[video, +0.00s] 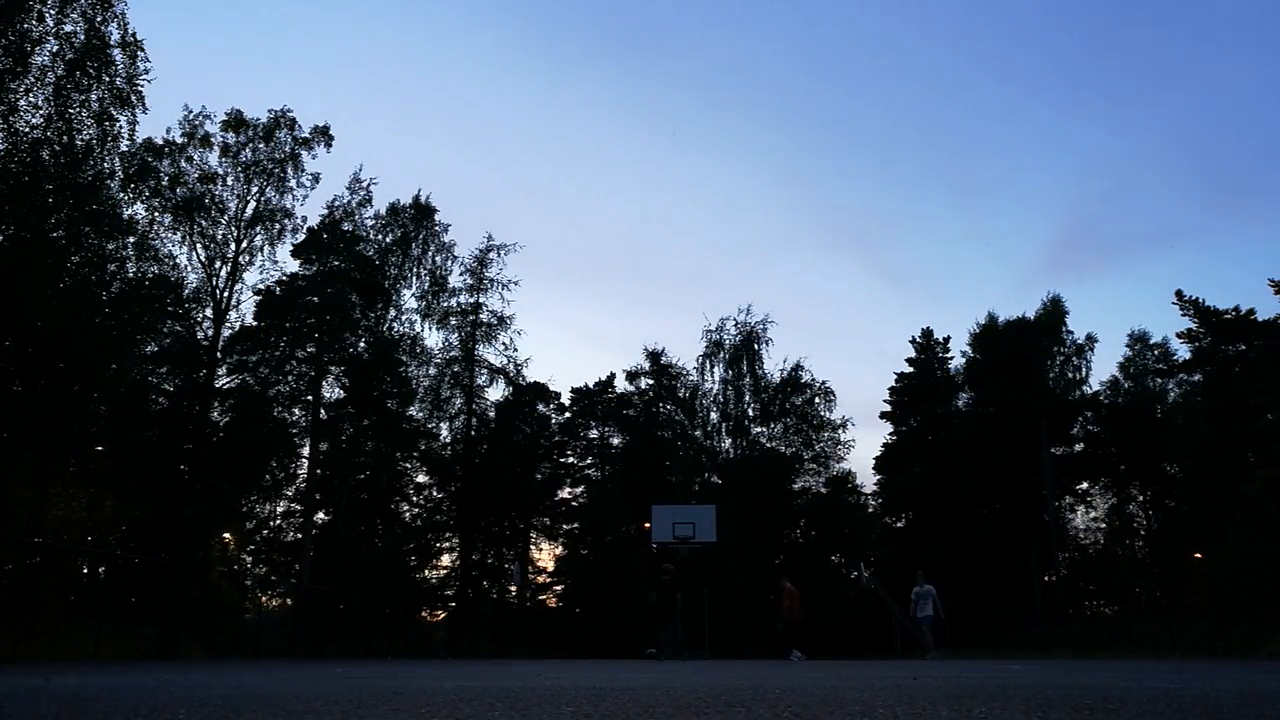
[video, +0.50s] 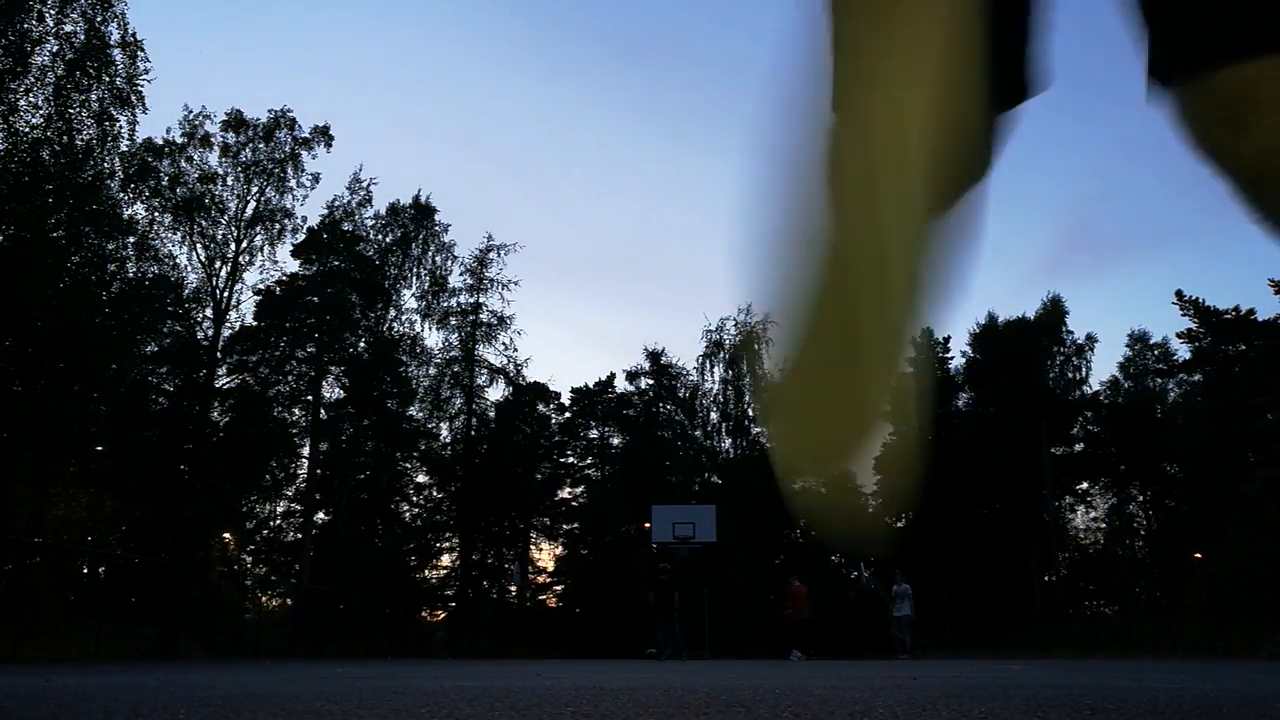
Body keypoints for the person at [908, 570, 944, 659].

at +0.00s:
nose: (920, 581)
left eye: (921, 579)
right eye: (919, 579)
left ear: (923, 579)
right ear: (917, 580)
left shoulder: (930, 588)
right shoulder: (915, 590)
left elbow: (936, 600)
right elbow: (913, 602)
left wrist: (939, 611)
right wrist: (912, 612)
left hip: (928, 613)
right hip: (919, 614)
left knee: (927, 631)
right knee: (924, 632)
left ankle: (931, 651)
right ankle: (929, 651)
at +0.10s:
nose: (916, 581)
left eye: (917, 580)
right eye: (915, 580)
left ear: (920, 580)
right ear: (914, 581)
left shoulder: (926, 589)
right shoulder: (912, 590)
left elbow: (932, 600)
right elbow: (908, 602)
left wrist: (938, 611)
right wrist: (906, 612)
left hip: (924, 614)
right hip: (916, 615)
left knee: (921, 631)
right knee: (923, 632)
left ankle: (920, 649)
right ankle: (929, 648)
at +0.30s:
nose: (908, 582)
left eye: (909, 581)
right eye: (906, 581)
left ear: (911, 581)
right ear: (905, 582)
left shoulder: (917, 590)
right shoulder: (903, 591)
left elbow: (922, 600)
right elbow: (900, 602)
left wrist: (925, 610)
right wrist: (897, 612)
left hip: (915, 614)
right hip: (906, 614)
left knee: (911, 632)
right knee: (913, 632)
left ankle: (908, 651)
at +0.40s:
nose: (903, 581)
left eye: (904, 580)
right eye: (902, 580)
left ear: (906, 580)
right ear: (900, 581)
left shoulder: (911, 589)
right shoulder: (898, 590)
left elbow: (916, 600)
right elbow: (896, 601)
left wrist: (919, 609)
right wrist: (894, 611)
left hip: (910, 613)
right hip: (901, 613)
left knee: (907, 631)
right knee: (904, 631)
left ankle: (907, 651)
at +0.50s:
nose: (898, 580)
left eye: (899, 578)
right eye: (897, 578)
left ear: (901, 579)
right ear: (895, 579)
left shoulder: (907, 588)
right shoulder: (894, 588)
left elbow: (910, 600)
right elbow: (893, 600)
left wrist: (911, 611)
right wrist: (893, 610)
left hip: (905, 613)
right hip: (897, 614)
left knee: (906, 632)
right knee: (897, 632)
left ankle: (907, 651)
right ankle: (900, 651)